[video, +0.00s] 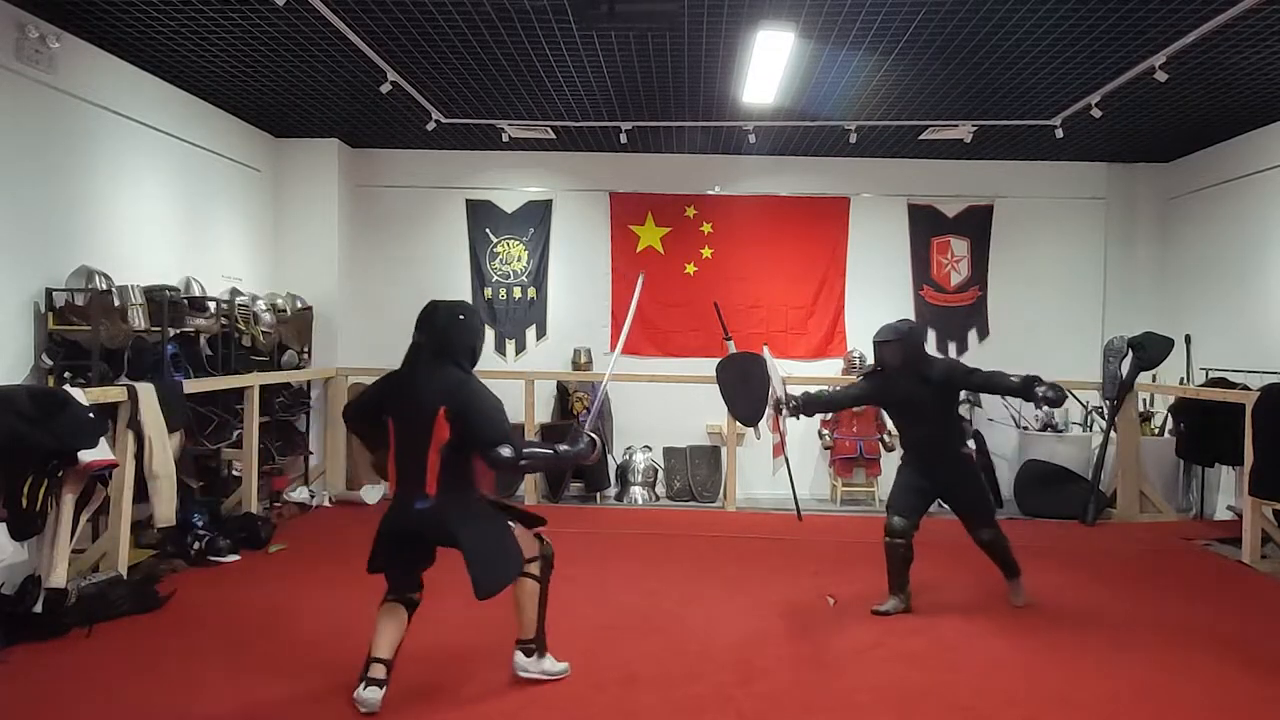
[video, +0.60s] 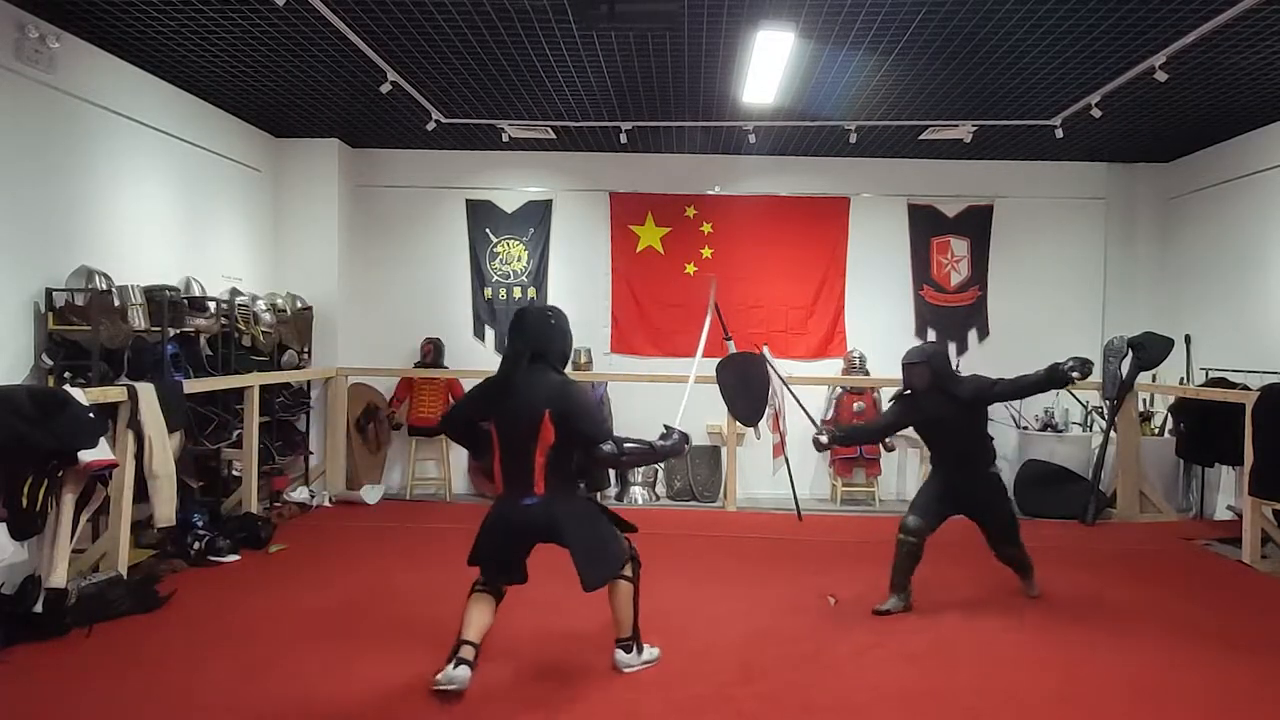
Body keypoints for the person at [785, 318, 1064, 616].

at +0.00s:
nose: (881, 354)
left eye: (887, 348)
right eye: (880, 348)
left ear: (908, 348)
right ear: (881, 351)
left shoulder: (942, 371)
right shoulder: (880, 382)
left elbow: (985, 380)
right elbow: (841, 397)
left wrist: (1028, 388)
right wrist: (798, 403)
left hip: (955, 463)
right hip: (915, 466)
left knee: (985, 534)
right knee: (896, 528)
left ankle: (1013, 577)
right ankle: (899, 596)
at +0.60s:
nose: (910, 377)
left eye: (916, 370)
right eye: (908, 371)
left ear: (934, 370)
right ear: (907, 374)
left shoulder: (970, 390)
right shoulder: (909, 404)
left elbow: (1014, 387)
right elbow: (877, 429)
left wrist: (1058, 374)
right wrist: (837, 435)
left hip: (982, 480)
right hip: (942, 481)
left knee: (1007, 546)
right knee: (911, 529)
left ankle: (1027, 576)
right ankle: (899, 595)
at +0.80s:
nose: (936, 366)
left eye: (942, 358)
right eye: (933, 359)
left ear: (962, 358)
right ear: (933, 362)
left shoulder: (996, 379)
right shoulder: (939, 395)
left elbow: (1045, 375)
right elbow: (913, 429)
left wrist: (1088, 363)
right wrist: (878, 446)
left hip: (1005, 468)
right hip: (966, 469)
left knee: (1016, 539)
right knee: (939, 523)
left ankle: (1028, 581)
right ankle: (927, 585)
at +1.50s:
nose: (1007, 357)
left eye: (1012, 350)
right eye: (1004, 351)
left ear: (1029, 350)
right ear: (1003, 353)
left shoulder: (1063, 374)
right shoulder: (1005, 387)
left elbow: (1101, 380)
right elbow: (991, 424)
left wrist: (1131, 378)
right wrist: (965, 418)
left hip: (1064, 461)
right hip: (1025, 460)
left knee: (1071, 526)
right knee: (1002, 516)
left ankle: (1083, 569)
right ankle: (985, 572)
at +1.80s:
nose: (1050, 369)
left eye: (1055, 361)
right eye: (1043, 363)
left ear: (1068, 357)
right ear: (1034, 361)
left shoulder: (1089, 376)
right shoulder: (1027, 383)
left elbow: (1140, 383)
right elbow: (990, 392)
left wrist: (1126, 380)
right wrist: (954, 391)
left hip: (1088, 472)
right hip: (1047, 470)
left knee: (1109, 535)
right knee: (1019, 505)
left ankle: (1128, 559)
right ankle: (1009, 572)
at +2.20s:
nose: (1083, 368)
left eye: (1089, 362)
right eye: (1078, 362)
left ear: (1105, 364)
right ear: (1073, 364)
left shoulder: (1132, 388)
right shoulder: (1071, 395)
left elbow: (1173, 403)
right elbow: (1051, 428)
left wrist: (1177, 409)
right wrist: (1024, 446)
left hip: (1122, 473)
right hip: (1083, 472)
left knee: (1140, 533)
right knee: (1057, 517)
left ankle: (1157, 569)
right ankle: (1041, 572)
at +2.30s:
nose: (1080, 368)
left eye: (1086, 362)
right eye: (1076, 361)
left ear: (1101, 364)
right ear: (1069, 364)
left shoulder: (1125, 390)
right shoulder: (1065, 398)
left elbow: (1169, 410)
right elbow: (1041, 428)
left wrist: (1155, 410)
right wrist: (1012, 440)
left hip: (1116, 474)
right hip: (1078, 474)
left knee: (1137, 539)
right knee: (1050, 512)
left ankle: (1156, 568)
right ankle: (1038, 571)